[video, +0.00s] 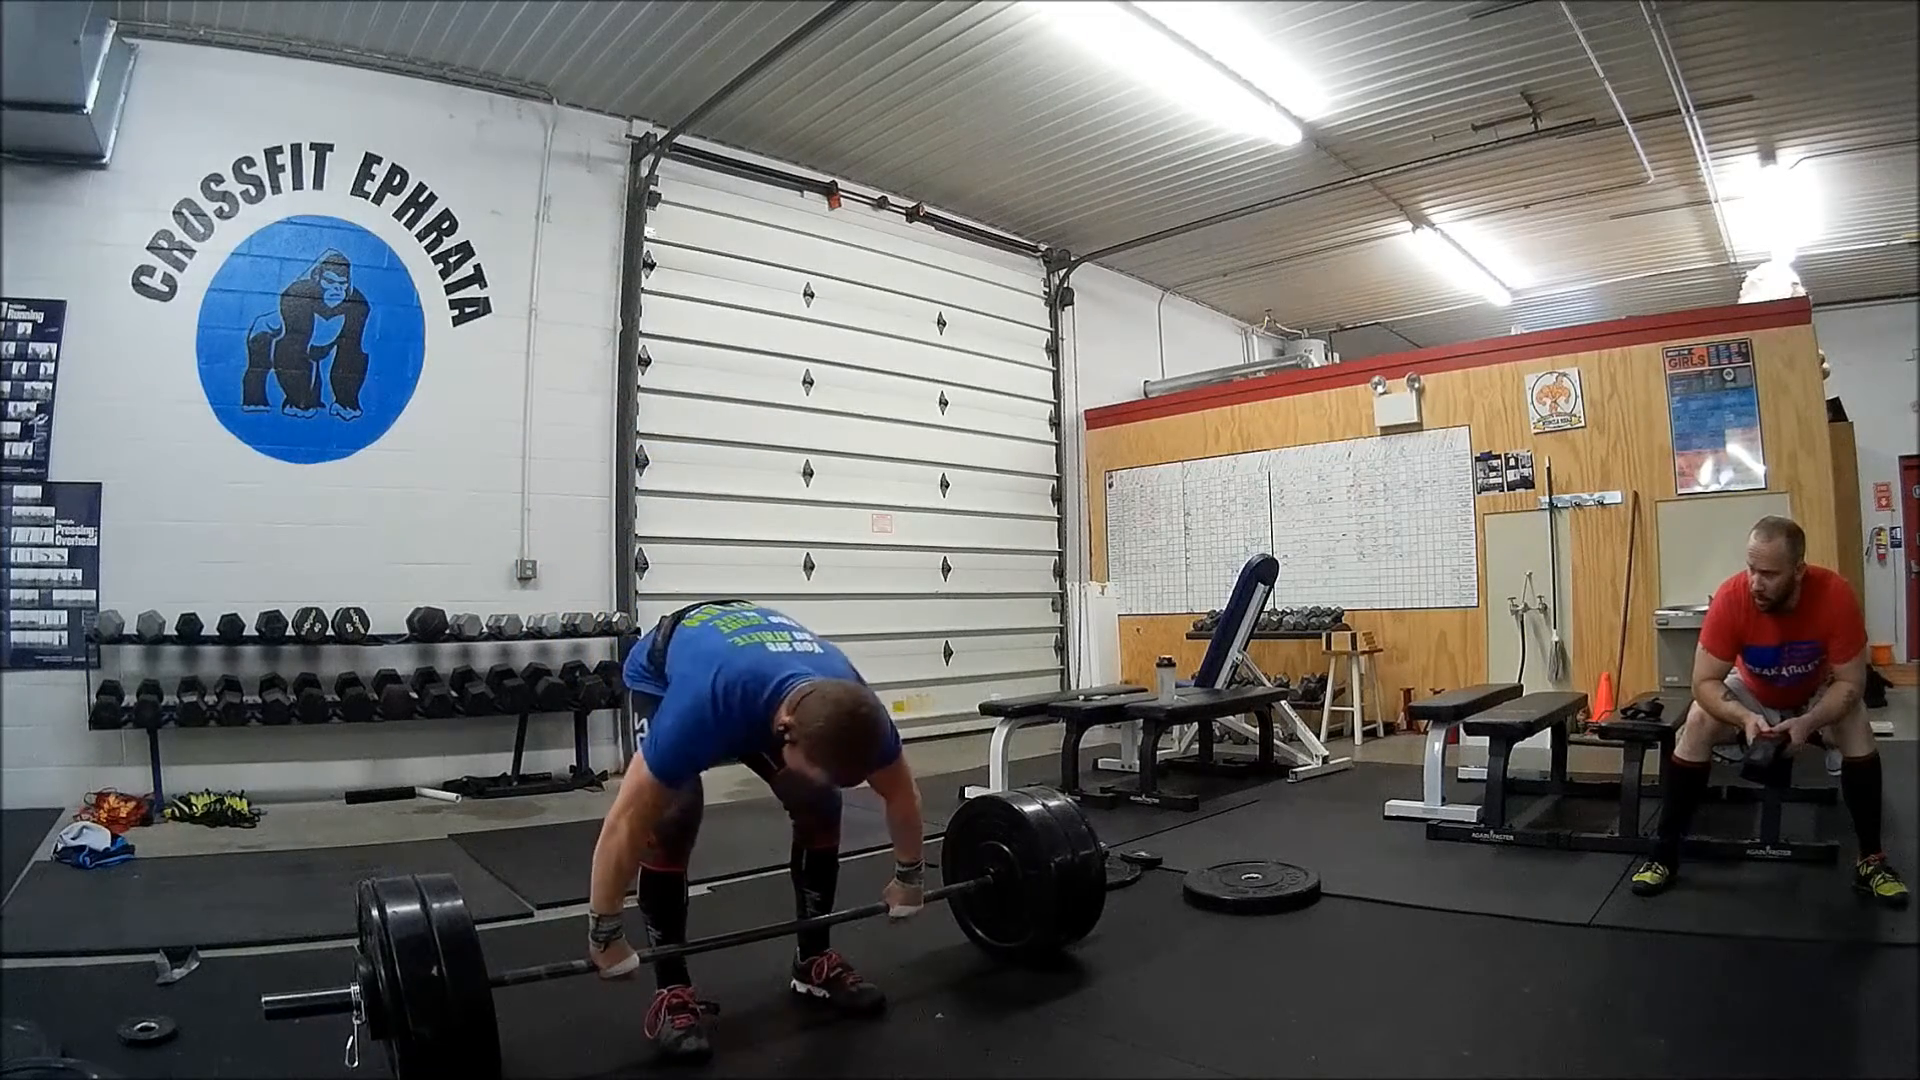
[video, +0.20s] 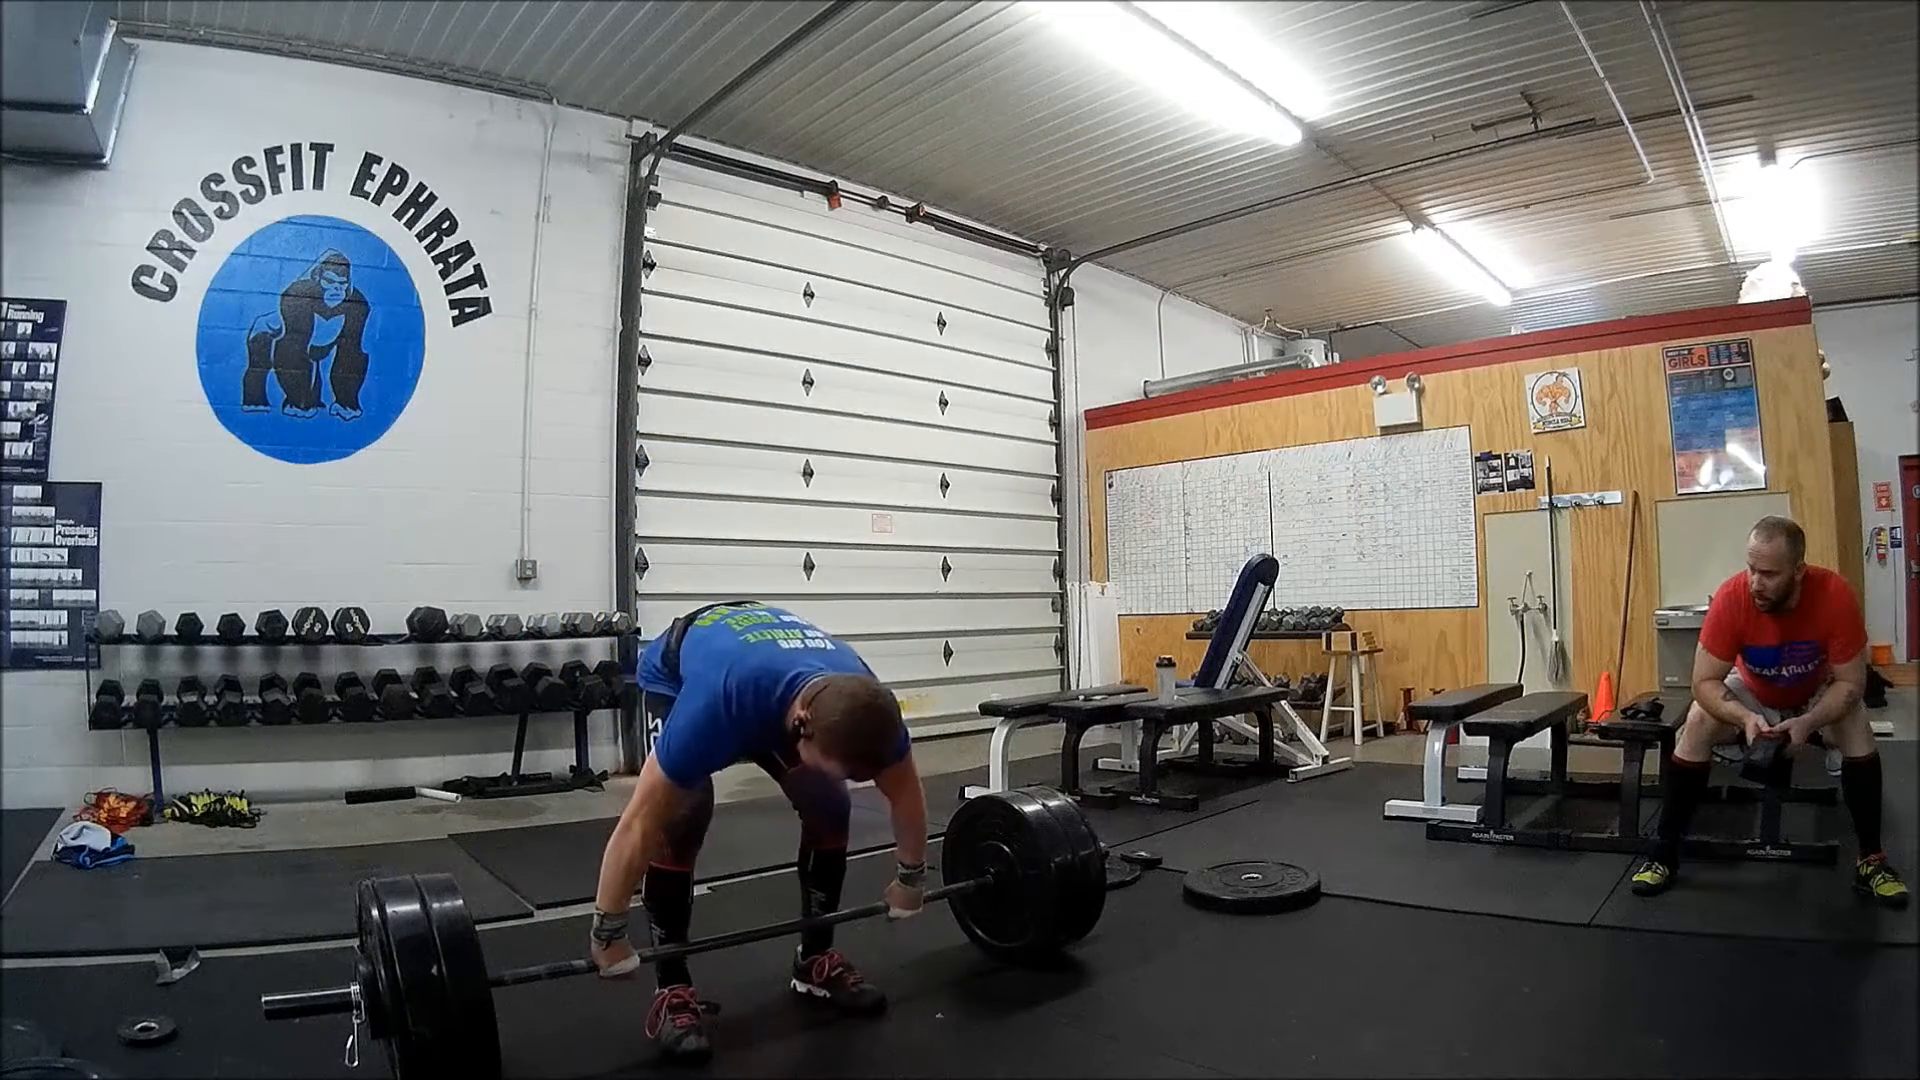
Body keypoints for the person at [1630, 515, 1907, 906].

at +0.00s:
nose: (1756, 584)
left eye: (1769, 575)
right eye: (1752, 570)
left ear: (1799, 569)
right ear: (1746, 562)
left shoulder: (1834, 595)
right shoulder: (1731, 598)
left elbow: (1850, 682)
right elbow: (1704, 683)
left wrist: (1808, 722)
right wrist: (1743, 718)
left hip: (1816, 695)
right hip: (1752, 694)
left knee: (1855, 723)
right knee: (1697, 721)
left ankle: (1871, 860)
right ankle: (1664, 857)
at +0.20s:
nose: (1756, 584)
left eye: (1769, 575)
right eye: (1752, 570)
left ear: (1799, 569)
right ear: (1746, 561)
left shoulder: (1833, 595)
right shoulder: (1731, 598)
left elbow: (1851, 683)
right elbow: (1704, 683)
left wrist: (1808, 722)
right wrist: (1743, 718)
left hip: (1816, 694)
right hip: (1753, 693)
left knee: (1854, 723)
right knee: (1697, 721)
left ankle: (1871, 859)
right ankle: (1664, 857)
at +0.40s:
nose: (1757, 584)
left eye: (1769, 575)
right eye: (1752, 570)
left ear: (1799, 569)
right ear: (1747, 561)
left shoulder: (1834, 596)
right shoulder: (1731, 599)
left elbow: (1851, 682)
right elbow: (1704, 683)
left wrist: (1808, 722)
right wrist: (1743, 718)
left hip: (1816, 694)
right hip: (1753, 693)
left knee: (1854, 723)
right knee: (1698, 721)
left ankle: (1871, 860)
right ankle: (1664, 857)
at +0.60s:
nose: (1757, 584)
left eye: (1769, 575)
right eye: (1752, 570)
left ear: (1799, 569)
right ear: (1747, 562)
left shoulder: (1834, 595)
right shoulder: (1731, 599)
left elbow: (1851, 682)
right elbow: (1704, 683)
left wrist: (1808, 722)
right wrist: (1744, 718)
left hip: (1816, 694)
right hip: (1753, 693)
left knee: (1854, 723)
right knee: (1698, 721)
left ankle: (1871, 860)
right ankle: (1664, 857)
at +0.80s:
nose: (1757, 584)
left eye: (1769, 574)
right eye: (1752, 570)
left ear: (1799, 569)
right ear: (1747, 562)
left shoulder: (1834, 595)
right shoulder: (1731, 599)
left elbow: (1851, 682)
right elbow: (1704, 683)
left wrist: (1808, 722)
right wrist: (1743, 718)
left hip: (1816, 695)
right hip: (1753, 693)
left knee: (1854, 723)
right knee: (1698, 721)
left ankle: (1871, 860)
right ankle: (1664, 857)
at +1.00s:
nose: (1757, 584)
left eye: (1769, 574)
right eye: (1752, 570)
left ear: (1799, 569)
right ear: (1747, 562)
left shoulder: (1834, 595)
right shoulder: (1731, 598)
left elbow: (1850, 683)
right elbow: (1704, 683)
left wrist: (1807, 722)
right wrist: (1744, 718)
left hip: (1816, 695)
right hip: (1752, 693)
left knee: (1855, 723)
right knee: (1698, 721)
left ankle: (1871, 860)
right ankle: (1663, 857)